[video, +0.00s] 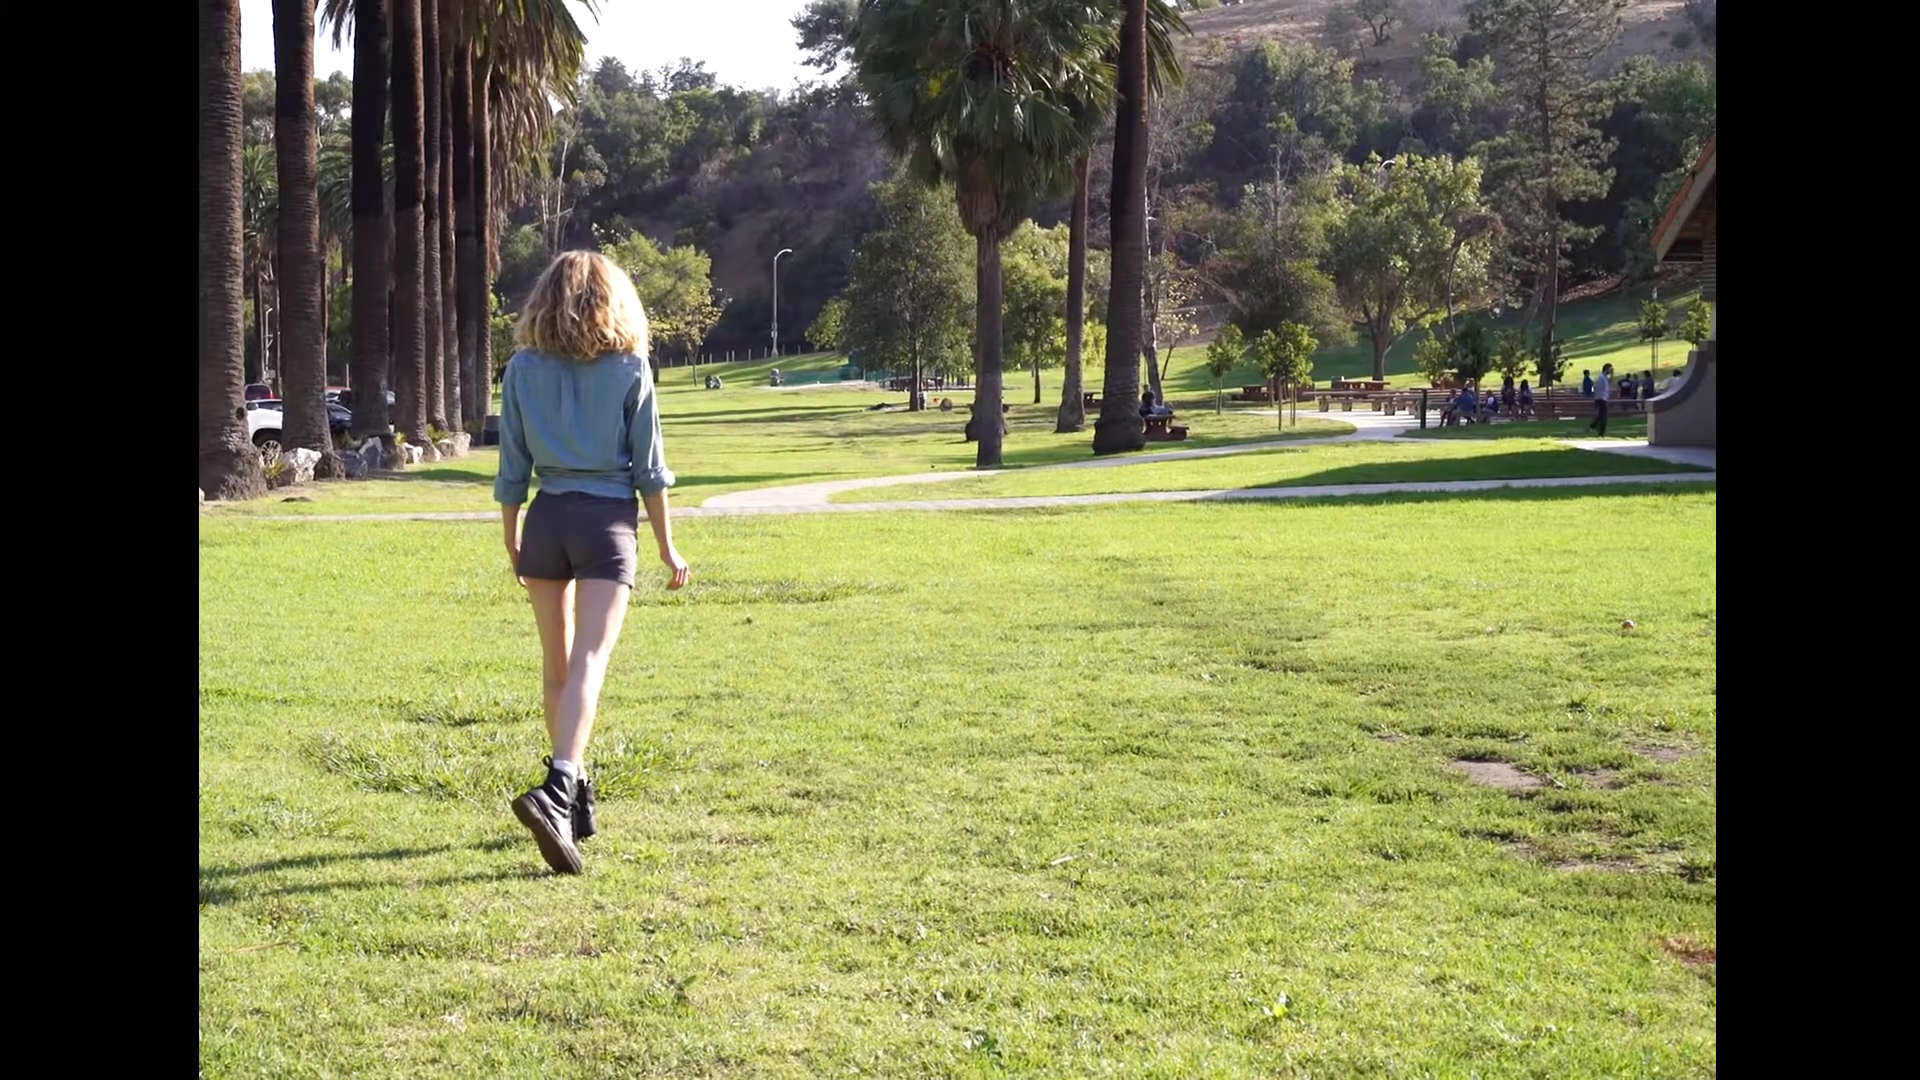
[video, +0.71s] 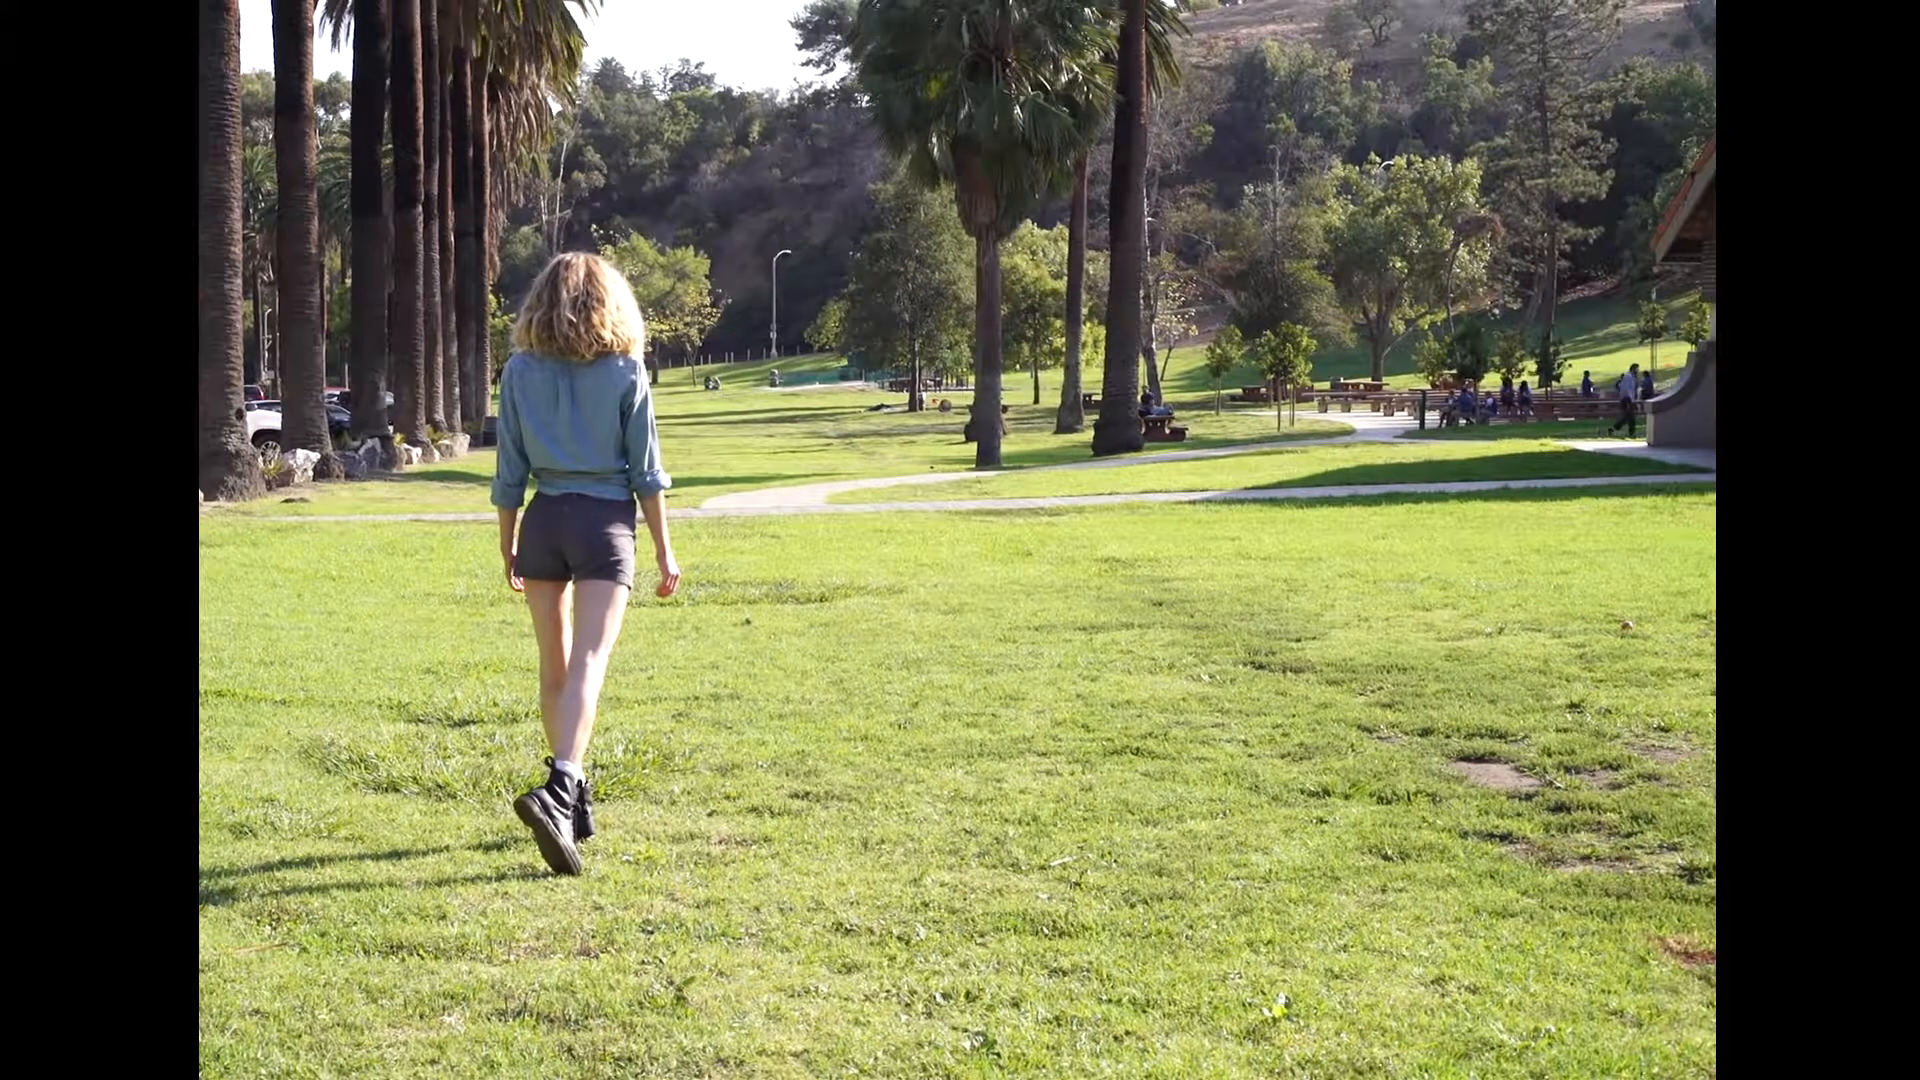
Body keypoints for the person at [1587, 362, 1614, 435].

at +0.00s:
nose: (1610, 371)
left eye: (1611, 369)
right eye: (1610, 369)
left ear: (1605, 369)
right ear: (1606, 369)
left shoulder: (1605, 378)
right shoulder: (1601, 378)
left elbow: (1610, 381)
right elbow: (1597, 389)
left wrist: (1612, 374)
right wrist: (1598, 398)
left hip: (1604, 399)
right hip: (1601, 399)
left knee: (1602, 416)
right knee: (1603, 416)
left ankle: (1592, 426)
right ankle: (1601, 433)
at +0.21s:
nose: (1617, 371)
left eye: (1617, 369)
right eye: (1616, 369)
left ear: (1612, 369)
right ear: (1613, 369)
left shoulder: (1612, 378)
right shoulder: (1607, 378)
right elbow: (1605, 390)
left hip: (1610, 399)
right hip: (1606, 400)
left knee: (1605, 417)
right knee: (1613, 415)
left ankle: (1601, 433)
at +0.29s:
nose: (1620, 371)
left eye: (1620, 369)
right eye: (1619, 369)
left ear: (1615, 370)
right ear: (1616, 370)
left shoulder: (1615, 379)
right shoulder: (1610, 378)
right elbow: (1607, 389)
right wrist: (1609, 398)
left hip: (1614, 400)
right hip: (1609, 400)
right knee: (1606, 417)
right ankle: (1601, 433)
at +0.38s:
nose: (1624, 372)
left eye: (1623, 370)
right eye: (1622, 370)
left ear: (1618, 371)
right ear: (1619, 371)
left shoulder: (1618, 379)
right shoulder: (1614, 379)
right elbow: (1611, 390)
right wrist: (1612, 399)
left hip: (1616, 400)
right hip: (1612, 401)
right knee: (1606, 417)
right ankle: (1601, 433)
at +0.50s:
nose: (1629, 373)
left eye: (1629, 371)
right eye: (1628, 371)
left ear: (1623, 371)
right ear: (1625, 371)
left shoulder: (1622, 380)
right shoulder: (1621, 380)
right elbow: (1620, 391)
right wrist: (1622, 399)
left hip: (1617, 400)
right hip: (1619, 400)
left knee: (1610, 416)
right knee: (1625, 416)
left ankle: (1602, 432)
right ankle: (1631, 432)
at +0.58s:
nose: (1633, 372)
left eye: (1633, 371)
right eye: (1632, 370)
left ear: (1628, 370)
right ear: (1629, 371)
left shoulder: (1628, 379)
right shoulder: (1624, 379)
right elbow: (1622, 390)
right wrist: (1626, 399)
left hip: (1625, 400)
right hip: (1622, 400)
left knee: (1616, 416)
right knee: (1630, 416)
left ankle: (1605, 431)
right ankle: (1631, 433)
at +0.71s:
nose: (1637, 371)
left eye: (1637, 369)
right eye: (1636, 369)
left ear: (1632, 369)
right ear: (1633, 369)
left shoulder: (1629, 376)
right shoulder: (1629, 377)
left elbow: (1620, 385)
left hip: (1627, 399)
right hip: (1627, 399)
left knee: (1627, 415)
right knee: (1630, 416)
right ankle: (1632, 433)